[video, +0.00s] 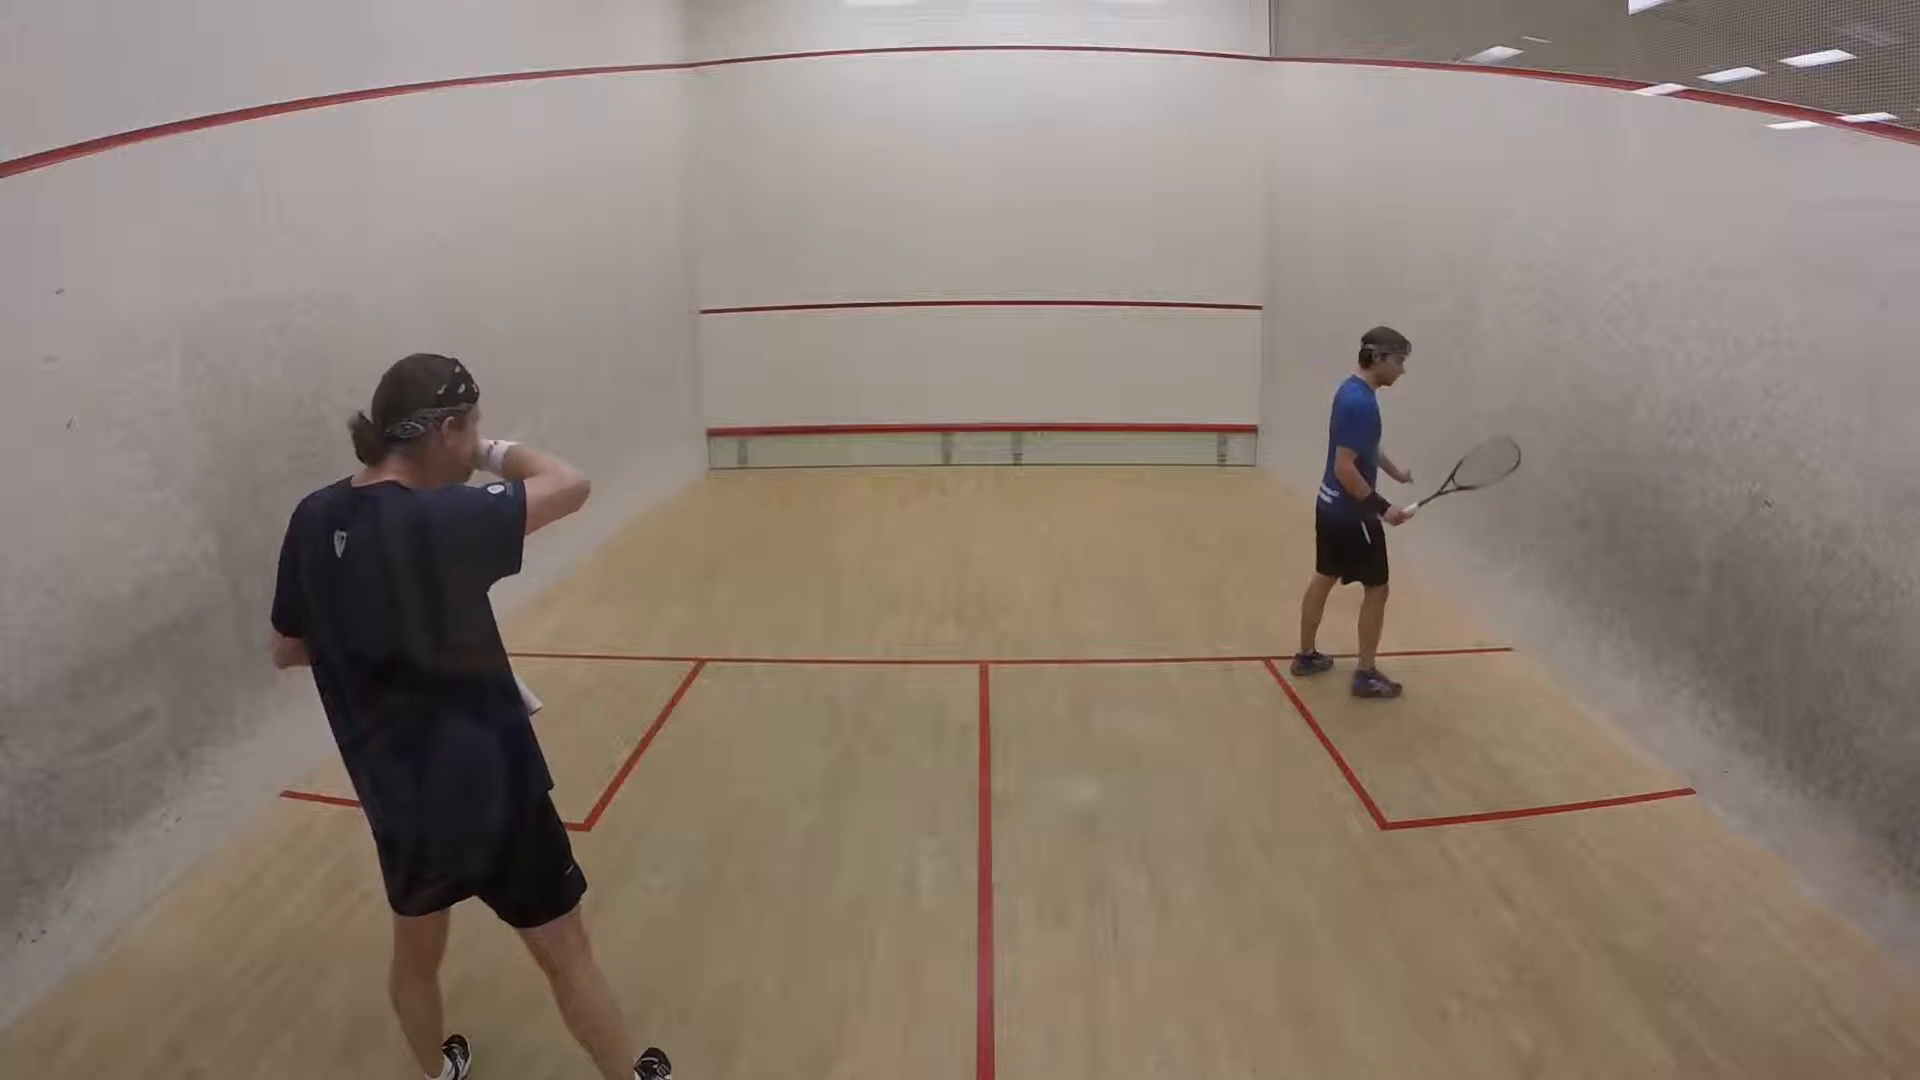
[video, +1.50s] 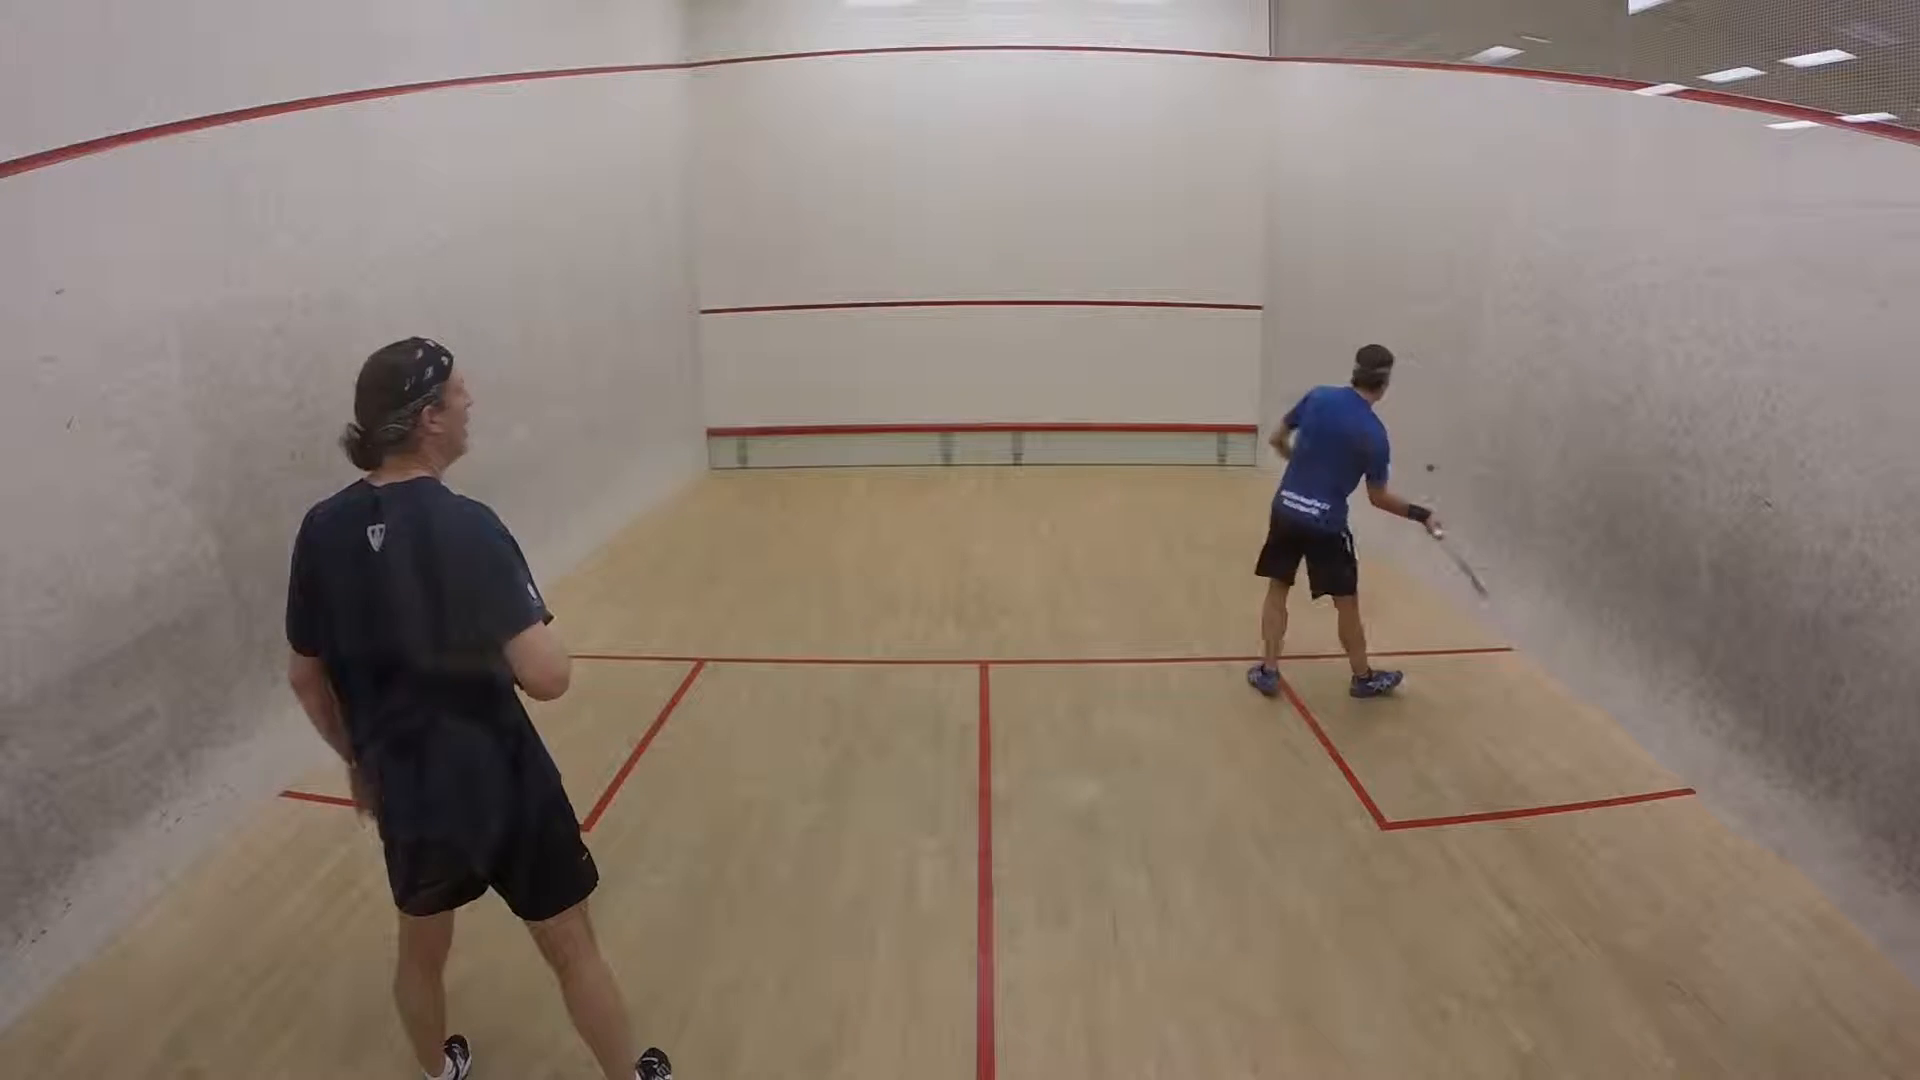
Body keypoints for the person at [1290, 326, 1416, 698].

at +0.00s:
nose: (1402, 369)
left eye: (1403, 362)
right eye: (1398, 361)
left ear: (1373, 360)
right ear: (1378, 359)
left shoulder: (1351, 391)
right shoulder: (1361, 403)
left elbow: (1366, 442)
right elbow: (1344, 468)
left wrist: (1393, 470)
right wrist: (1383, 507)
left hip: (1330, 506)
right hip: (1353, 513)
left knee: (1324, 577)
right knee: (1377, 589)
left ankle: (1306, 655)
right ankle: (1365, 674)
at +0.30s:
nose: (1421, 368)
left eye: (1424, 361)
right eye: (1416, 359)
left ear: (1397, 361)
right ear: (1394, 357)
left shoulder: (1379, 393)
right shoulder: (1383, 403)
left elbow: (1368, 461)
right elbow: (1366, 467)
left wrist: (1401, 491)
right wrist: (1413, 495)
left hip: (1354, 506)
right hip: (1373, 513)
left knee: (1351, 578)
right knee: (1382, 594)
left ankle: (1311, 649)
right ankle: (1368, 676)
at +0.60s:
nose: (1449, 378)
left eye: (1450, 370)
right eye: (1446, 369)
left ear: (1422, 366)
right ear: (1424, 366)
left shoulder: (1393, 395)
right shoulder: (1399, 408)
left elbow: (1380, 465)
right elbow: (1388, 477)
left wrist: (1403, 494)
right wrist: (1440, 498)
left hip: (1357, 508)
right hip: (1378, 519)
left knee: (1355, 582)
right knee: (1380, 598)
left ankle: (1316, 645)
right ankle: (1368, 677)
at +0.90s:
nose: (1449, 390)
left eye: (1452, 382)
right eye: (1451, 382)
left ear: (1420, 369)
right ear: (1442, 379)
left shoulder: (1393, 398)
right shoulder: (1408, 416)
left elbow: (1379, 465)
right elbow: (1396, 484)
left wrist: (1410, 497)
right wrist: (1447, 513)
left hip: (1345, 507)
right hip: (1369, 521)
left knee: (1347, 582)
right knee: (1377, 599)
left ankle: (1306, 646)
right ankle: (1367, 677)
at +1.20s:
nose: (1433, 392)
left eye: (1433, 385)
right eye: (1435, 386)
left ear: (1403, 375)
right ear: (1430, 388)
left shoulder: (1377, 400)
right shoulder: (1397, 422)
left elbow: (1368, 450)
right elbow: (1401, 490)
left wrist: (1403, 456)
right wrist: (1457, 506)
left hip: (1324, 509)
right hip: (1353, 524)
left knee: (1322, 582)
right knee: (1370, 600)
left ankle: (1265, 636)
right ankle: (1366, 677)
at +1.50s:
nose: (1388, 387)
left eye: (1386, 380)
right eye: (1388, 381)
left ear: (1354, 374)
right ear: (1383, 384)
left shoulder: (1319, 396)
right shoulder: (1374, 434)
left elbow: (1277, 439)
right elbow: (1378, 497)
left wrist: (1299, 461)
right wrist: (1421, 514)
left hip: (1286, 513)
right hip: (1327, 526)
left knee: (1277, 588)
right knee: (1346, 602)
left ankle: (1269, 671)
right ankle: (1363, 676)